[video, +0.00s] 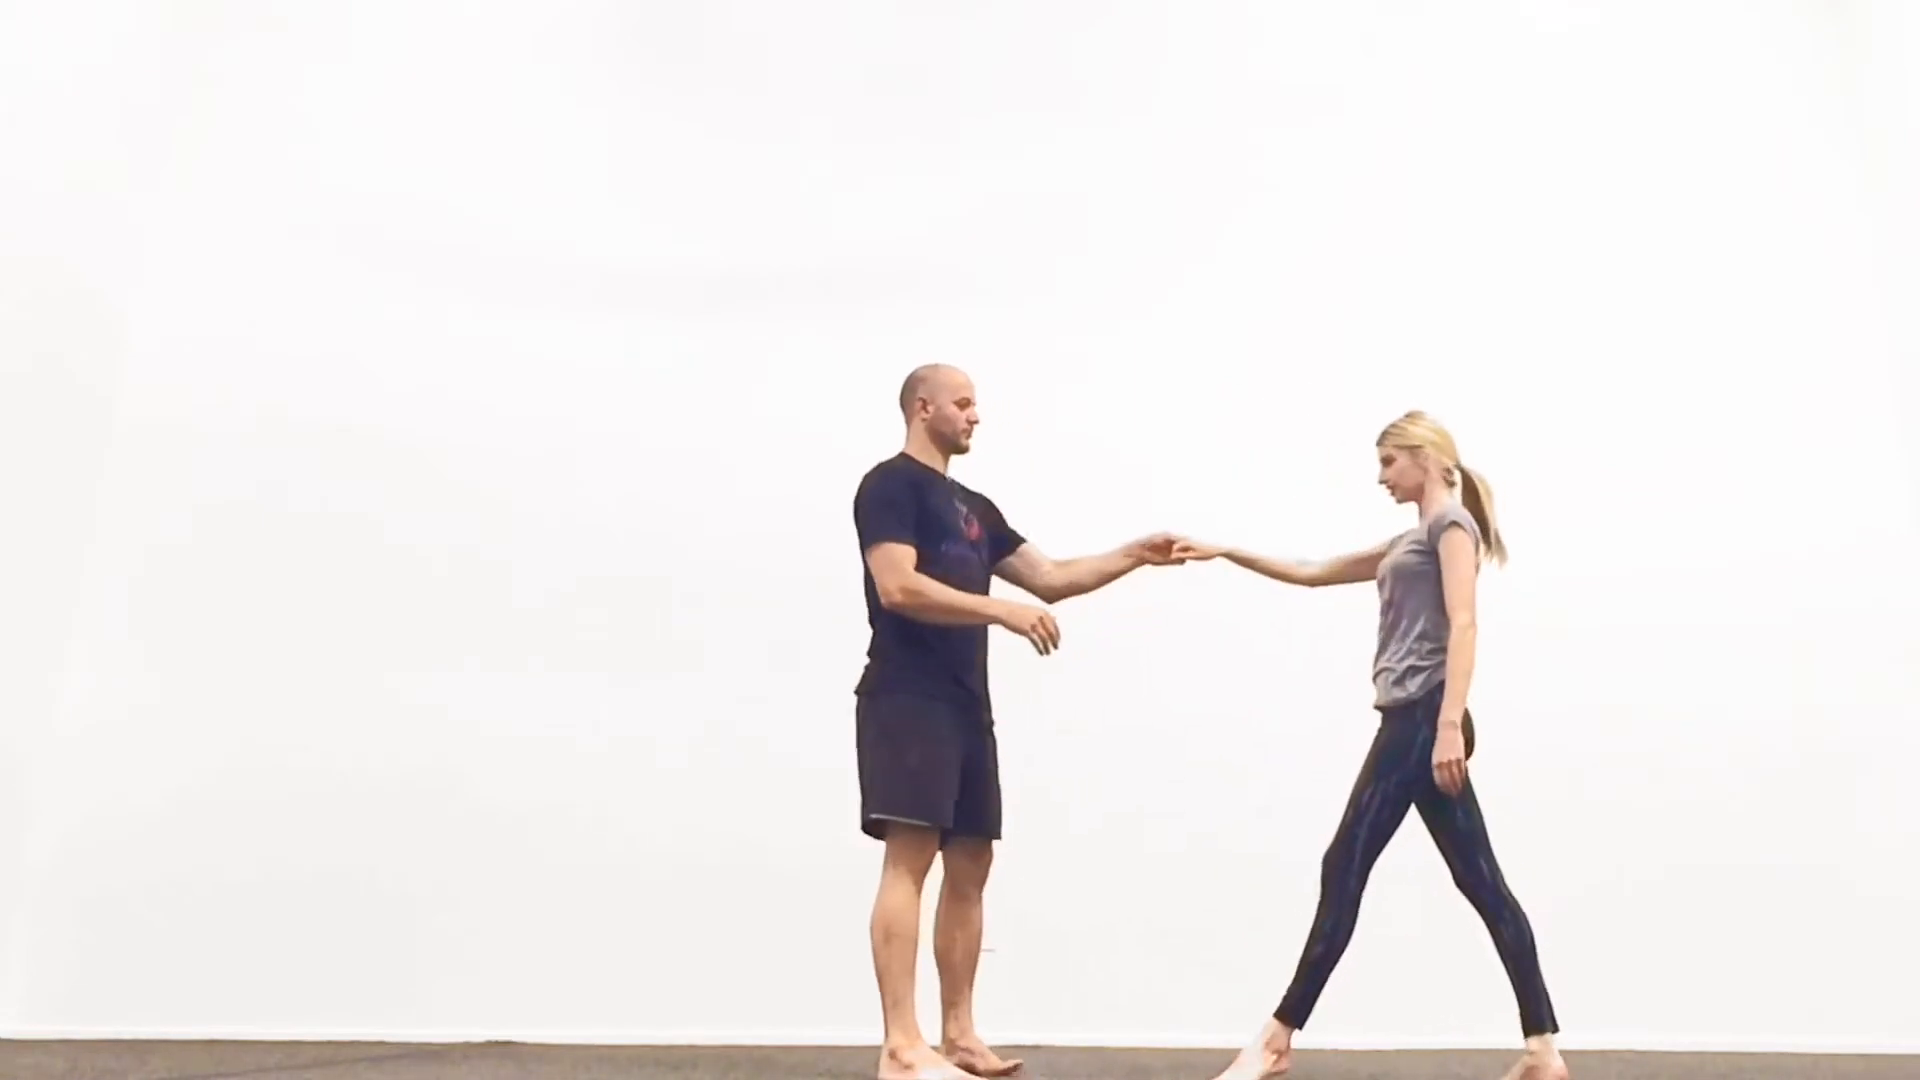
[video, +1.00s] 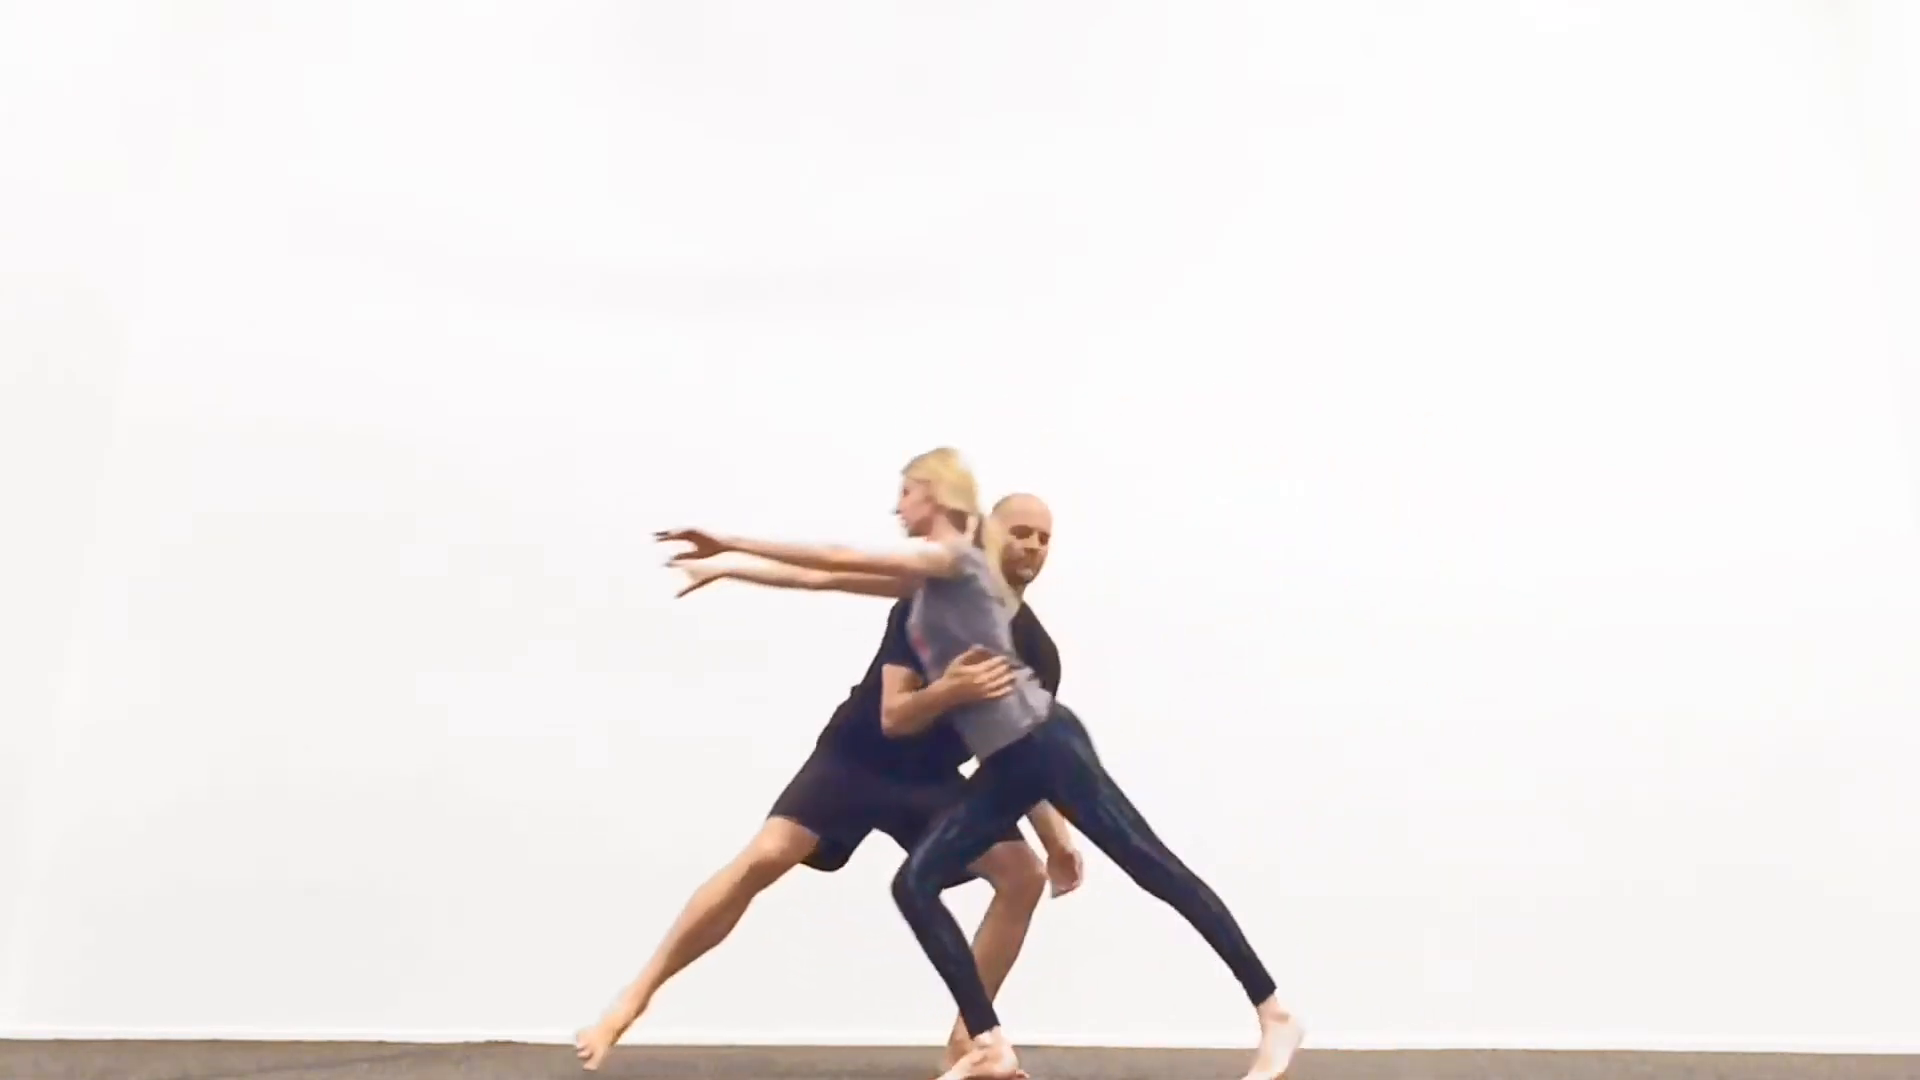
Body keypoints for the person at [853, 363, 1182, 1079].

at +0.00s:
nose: (975, 415)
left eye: (975, 404)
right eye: (963, 403)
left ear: (946, 412)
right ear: (919, 408)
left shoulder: (972, 505)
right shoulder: (889, 484)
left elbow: (1049, 578)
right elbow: (897, 588)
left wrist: (1134, 554)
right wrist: (1002, 611)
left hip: (967, 703)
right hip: (908, 698)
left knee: (971, 863)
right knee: (909, 859)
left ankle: (959, 1035)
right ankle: (900, 1046)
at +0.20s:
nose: (1006, 423)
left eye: (1007, 413)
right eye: (994, 411)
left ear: (982, 422)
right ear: (951, 415)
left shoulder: (1000, 512)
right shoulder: (910, 491)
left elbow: (1040, 608)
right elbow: (900, 596)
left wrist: (1086, 567)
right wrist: (997, 623)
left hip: (975, 706)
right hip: (914, 701)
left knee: (980, 865)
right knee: (915, 856)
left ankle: (961, 1037)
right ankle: (901, 1043)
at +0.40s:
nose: (1045, 435)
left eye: (1047, 425)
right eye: (1034, 423)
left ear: (1025, 434)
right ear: (992, 427)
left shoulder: (1029, 525)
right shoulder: (944, 500)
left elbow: (1047, 641)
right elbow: (930, 608)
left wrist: (1054, 579)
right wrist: (1018, 635)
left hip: (981, 707)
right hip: (917, 699)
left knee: (990, 864)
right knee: (909, 847)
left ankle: (963, 1038)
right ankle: (877, 1032)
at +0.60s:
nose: (1068, 469)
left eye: (1072, 460)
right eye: (1056, 457)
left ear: (1064, 469)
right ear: (1016, 459)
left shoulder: (1051, 559)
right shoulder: (962, 527)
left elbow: (1042, 675)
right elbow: (960, 635)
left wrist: (1016, 640)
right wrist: (1052, 636)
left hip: (970, 717)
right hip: (903, 705)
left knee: (1011, 868)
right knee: (880, 838)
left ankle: (965, 1041)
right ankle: (787, 1009)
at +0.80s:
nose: (1043, 510)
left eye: (1055, 503)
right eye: (1033, 495)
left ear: (1073, 519)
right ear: (1018, 500)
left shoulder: (1052, 596)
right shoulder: (966, 561)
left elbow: (1040, 711)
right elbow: (950, 665)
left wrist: (1056, 793)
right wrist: (1034, 650)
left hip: (951, 744)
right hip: (883, 728)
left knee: (1028, 874)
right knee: (826, 845)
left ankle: (968, 1040)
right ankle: (702, 994)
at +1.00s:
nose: (1032, 549)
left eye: (1042, 539)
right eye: (1020, 535)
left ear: (1049, 550)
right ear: (984, 532)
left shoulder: (1034, 646)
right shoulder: (927, 599)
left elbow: (1021, 746)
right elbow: (894, 717)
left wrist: (1057, 837)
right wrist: (953, 690)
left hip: (931, 774)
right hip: (854, 759)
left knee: (1024, 878)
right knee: (766, 857)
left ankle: (962, 1045)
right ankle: (631, 1003)